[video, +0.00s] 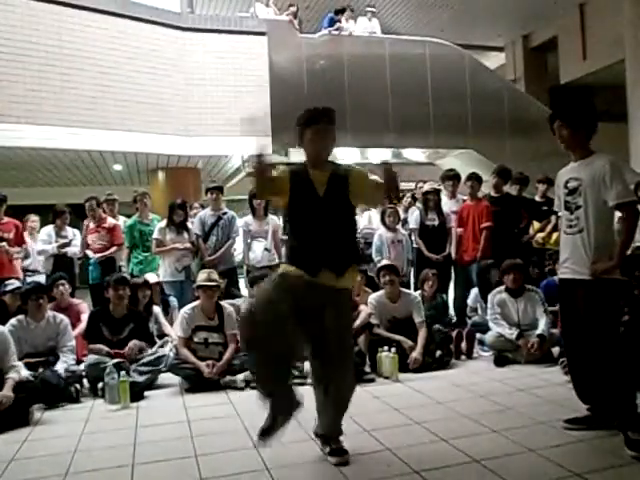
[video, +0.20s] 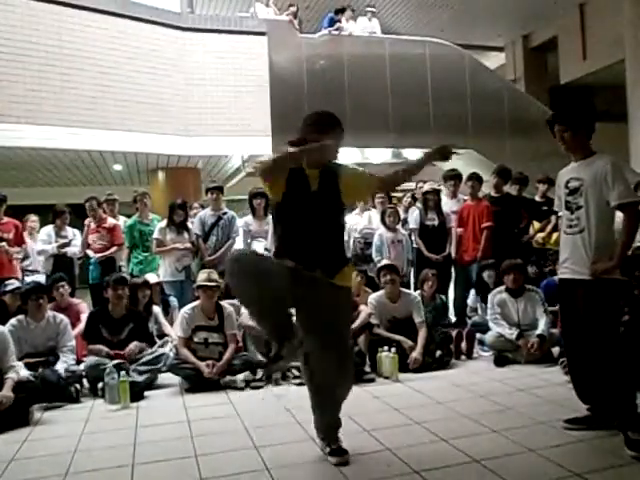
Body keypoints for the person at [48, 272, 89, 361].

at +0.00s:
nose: (61, 289)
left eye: (63, 285)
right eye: (57, 286)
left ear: (70, 288)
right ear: (52, 293)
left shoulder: (80, 305)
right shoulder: (50, 309)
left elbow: (84, 322)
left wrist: (72, 335)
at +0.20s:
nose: (61, 291)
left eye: (63, 286)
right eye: (57, 289)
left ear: (69, 289)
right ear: (53, 294)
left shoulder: (80, 305)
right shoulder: (50, 309)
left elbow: (83, 322)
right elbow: (47, 327)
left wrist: (71, 335)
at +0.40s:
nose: (60, 289)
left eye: (63, 285)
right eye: (56, 287)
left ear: (69, 288)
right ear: (52, 293)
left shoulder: (80, 305)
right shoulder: (49, 309)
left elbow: (83, 322)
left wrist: (71, 335)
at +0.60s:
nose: (58, 289)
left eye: (61, 285)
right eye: (54, 287)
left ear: (68, 289)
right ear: (51, 293)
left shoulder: (80, 305)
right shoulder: (49, 309)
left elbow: (83, 322)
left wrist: (71, 335)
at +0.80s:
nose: (57, 293)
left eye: (59, 288)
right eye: (53, 290)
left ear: (67, 288)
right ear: (50, 294)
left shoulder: (79, 305)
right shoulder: (49, 309)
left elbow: (85, 322)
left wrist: (71, 336)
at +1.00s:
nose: (57, 293)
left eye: (59, 288)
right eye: (53, 290)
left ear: (67, 288)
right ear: (50, 294)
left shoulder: (79, 305)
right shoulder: (48, 310)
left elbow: (85, 321)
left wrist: (71, 335)